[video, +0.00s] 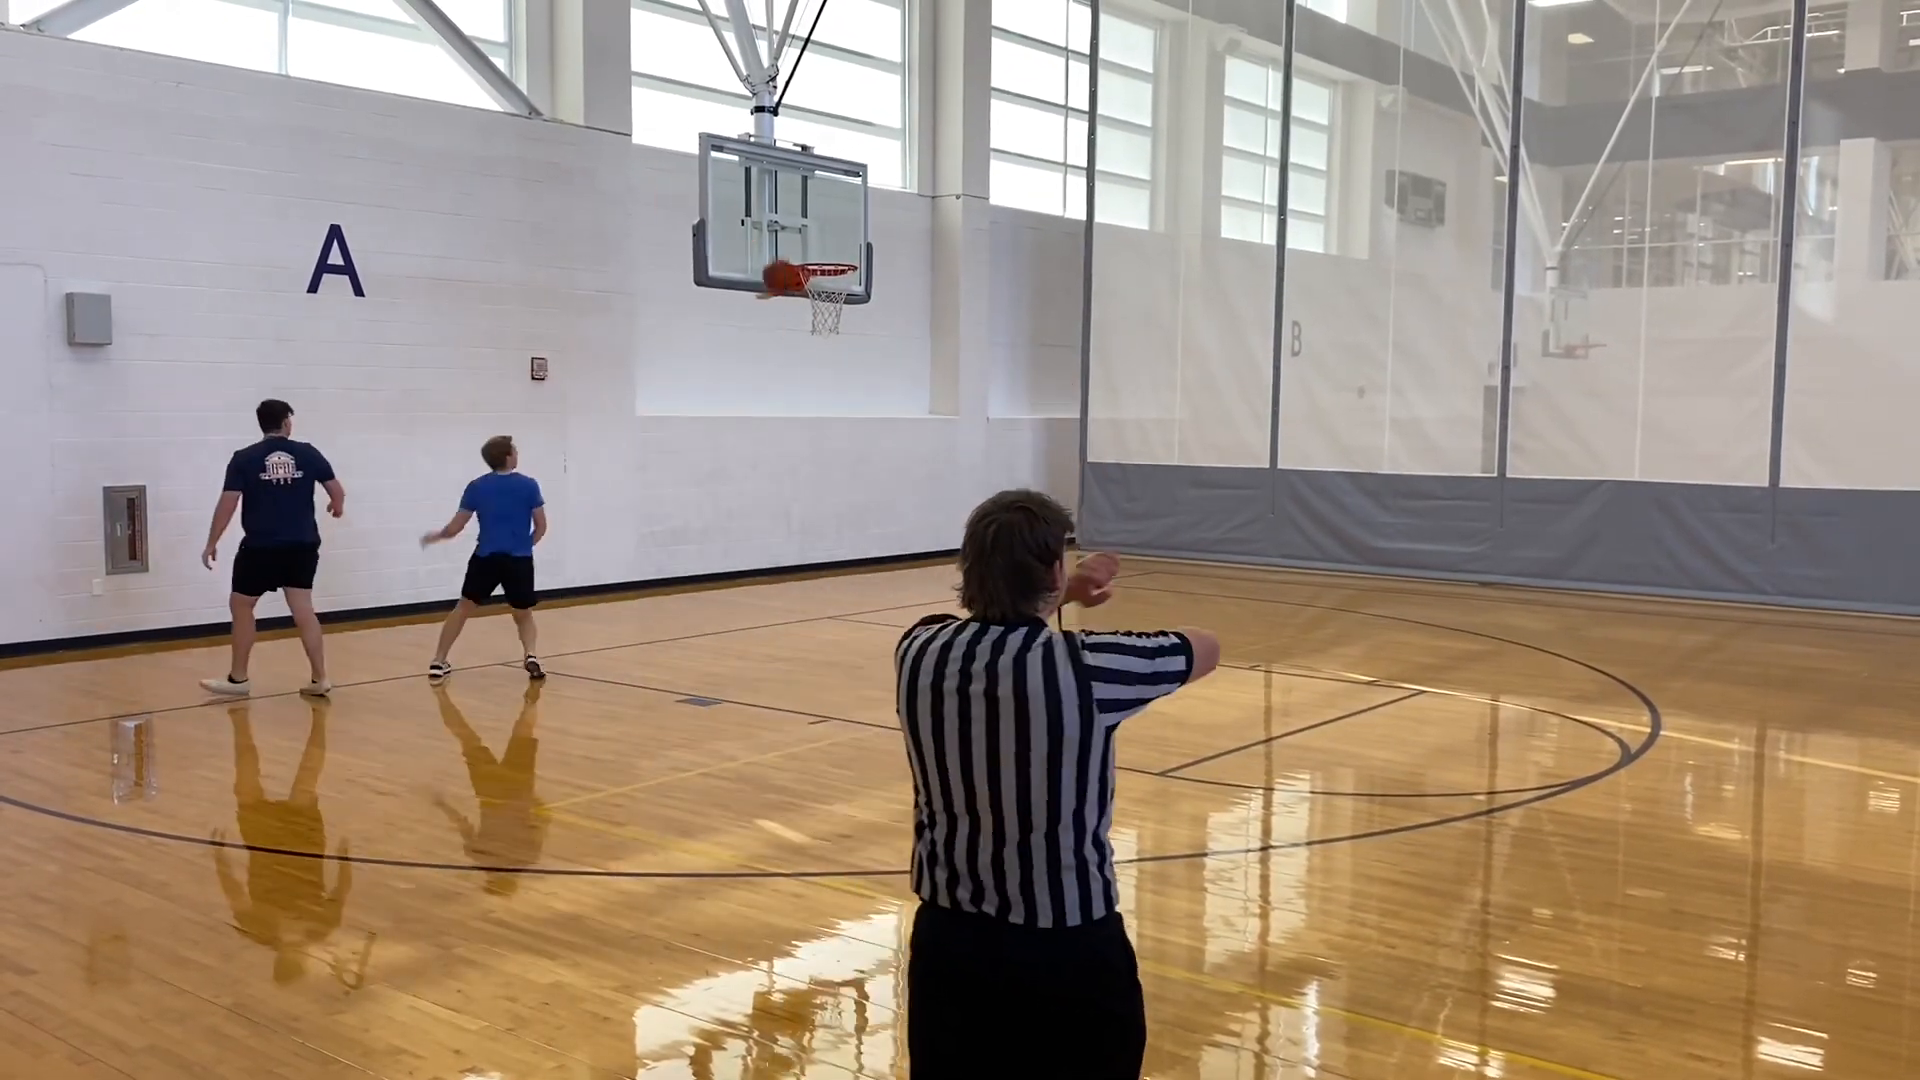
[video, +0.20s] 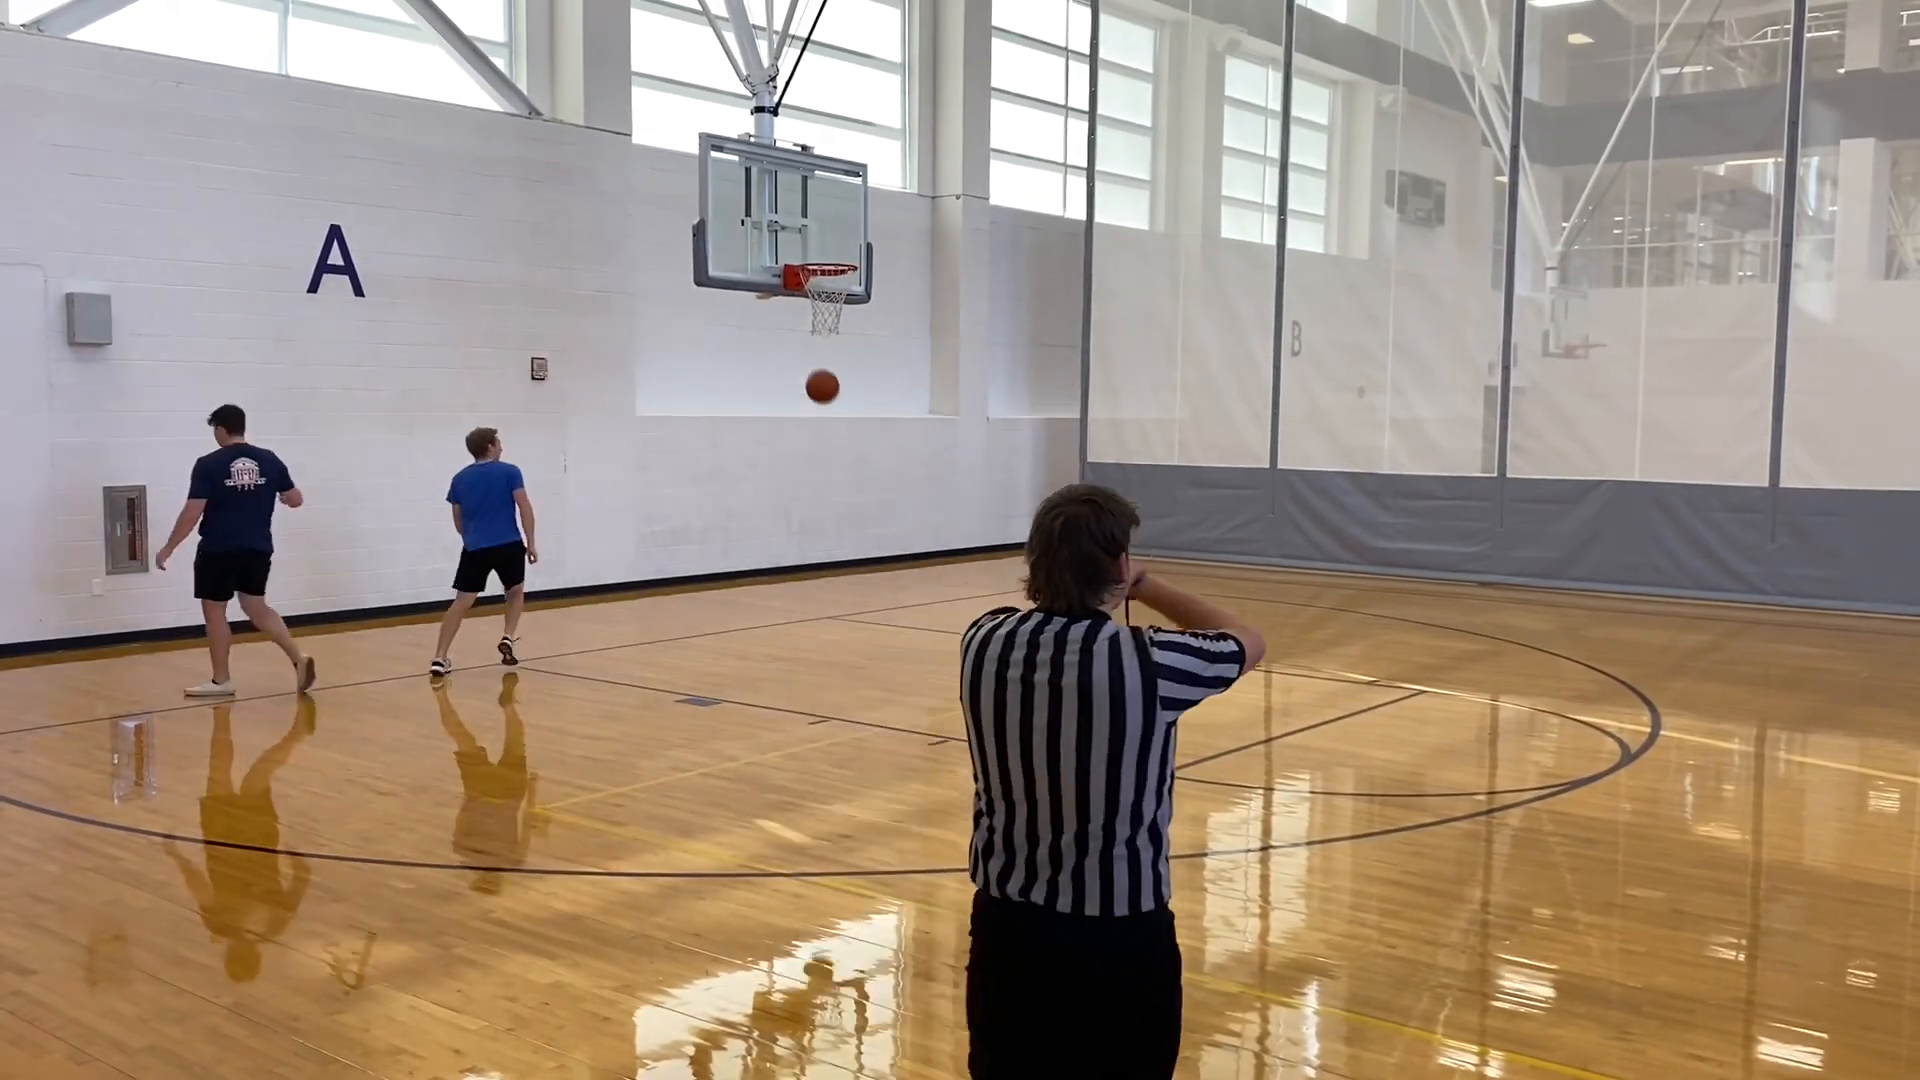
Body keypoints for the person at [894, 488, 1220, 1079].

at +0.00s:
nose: (1071, 562)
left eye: (1070, 553)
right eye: (1066, 552)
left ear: (975, 568)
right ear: (1054, 571)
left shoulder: (918, 653)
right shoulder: (1083, 665)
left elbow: (984, 616)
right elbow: (1206, 650)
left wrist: (1063, 588)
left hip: (949, 948)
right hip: (1073, 952)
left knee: (946, 1072)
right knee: (1095, 1070)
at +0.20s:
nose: (1130, 562)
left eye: (1128, 551)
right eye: (1126, 553)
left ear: (1040, 563)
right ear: (1118, 573)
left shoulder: (983, 643)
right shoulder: (1147, 660)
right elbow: (1247, 643)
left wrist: (1084, 587)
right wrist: (1145, 582)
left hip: (1007, 932)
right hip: (1125, 935)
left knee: (1004, 1069)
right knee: (1133, 1068)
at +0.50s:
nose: (1192, 562)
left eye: (1190, 549)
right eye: (1190, 551)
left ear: (1100, 558)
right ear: (1178, 562)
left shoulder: (1042, 638)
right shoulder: (1204, 653)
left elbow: (1114, 638)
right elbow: (1316, 682)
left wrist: (1185, 608)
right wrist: (1233, 643)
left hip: (1065, 913)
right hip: (1173, 918)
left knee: (1098, 1066)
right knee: (1175, 1068)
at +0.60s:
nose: (1209, 566)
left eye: (1205, 550)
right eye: (1208, 553)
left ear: (1118, 560)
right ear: (1197, 564)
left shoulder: (1062, 639)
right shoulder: (1223, 655)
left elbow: (1137, 652)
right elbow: (1324, 689)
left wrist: (1216, 631)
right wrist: (1251, 643)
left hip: (1085, 906)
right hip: (1190, 913)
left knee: (1119, 1062)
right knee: (1194, 1062)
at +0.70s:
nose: (1230, 566)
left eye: (1227, 551)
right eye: (1228, 551)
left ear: (1140, 559)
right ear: (1215, 561)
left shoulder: (1081, 642)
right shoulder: (1245, 655)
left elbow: (1151, 667)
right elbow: (1349, 708)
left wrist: (1229, 637)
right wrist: (1269, 654)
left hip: (1107, 903)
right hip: (1210, 910)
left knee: (1144, 1057)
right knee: (1216, 1056)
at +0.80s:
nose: (1256, 569)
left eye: (1253, 552)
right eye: (1251, 553)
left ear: (1166, 560)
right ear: (1229, 563)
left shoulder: (1103, 646)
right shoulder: (1264, 660)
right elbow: (1388, 736)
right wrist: (1314, 649)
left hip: (1131, 902)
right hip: (1229, 910)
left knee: (1169, 1060)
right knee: (1233, 1059)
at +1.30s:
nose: (1396, 555)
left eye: (1394, 538)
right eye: (1388, 538)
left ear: (1319, 543)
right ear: (1353, 542)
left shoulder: (1235, 626)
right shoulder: (1368, 618)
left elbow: (1206, 740)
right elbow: (1513, 613)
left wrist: (1284, 758)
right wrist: (1662, 585)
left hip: (1264, 879)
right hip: (1354, 886)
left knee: (1304, 1056)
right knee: (1394, 1058)